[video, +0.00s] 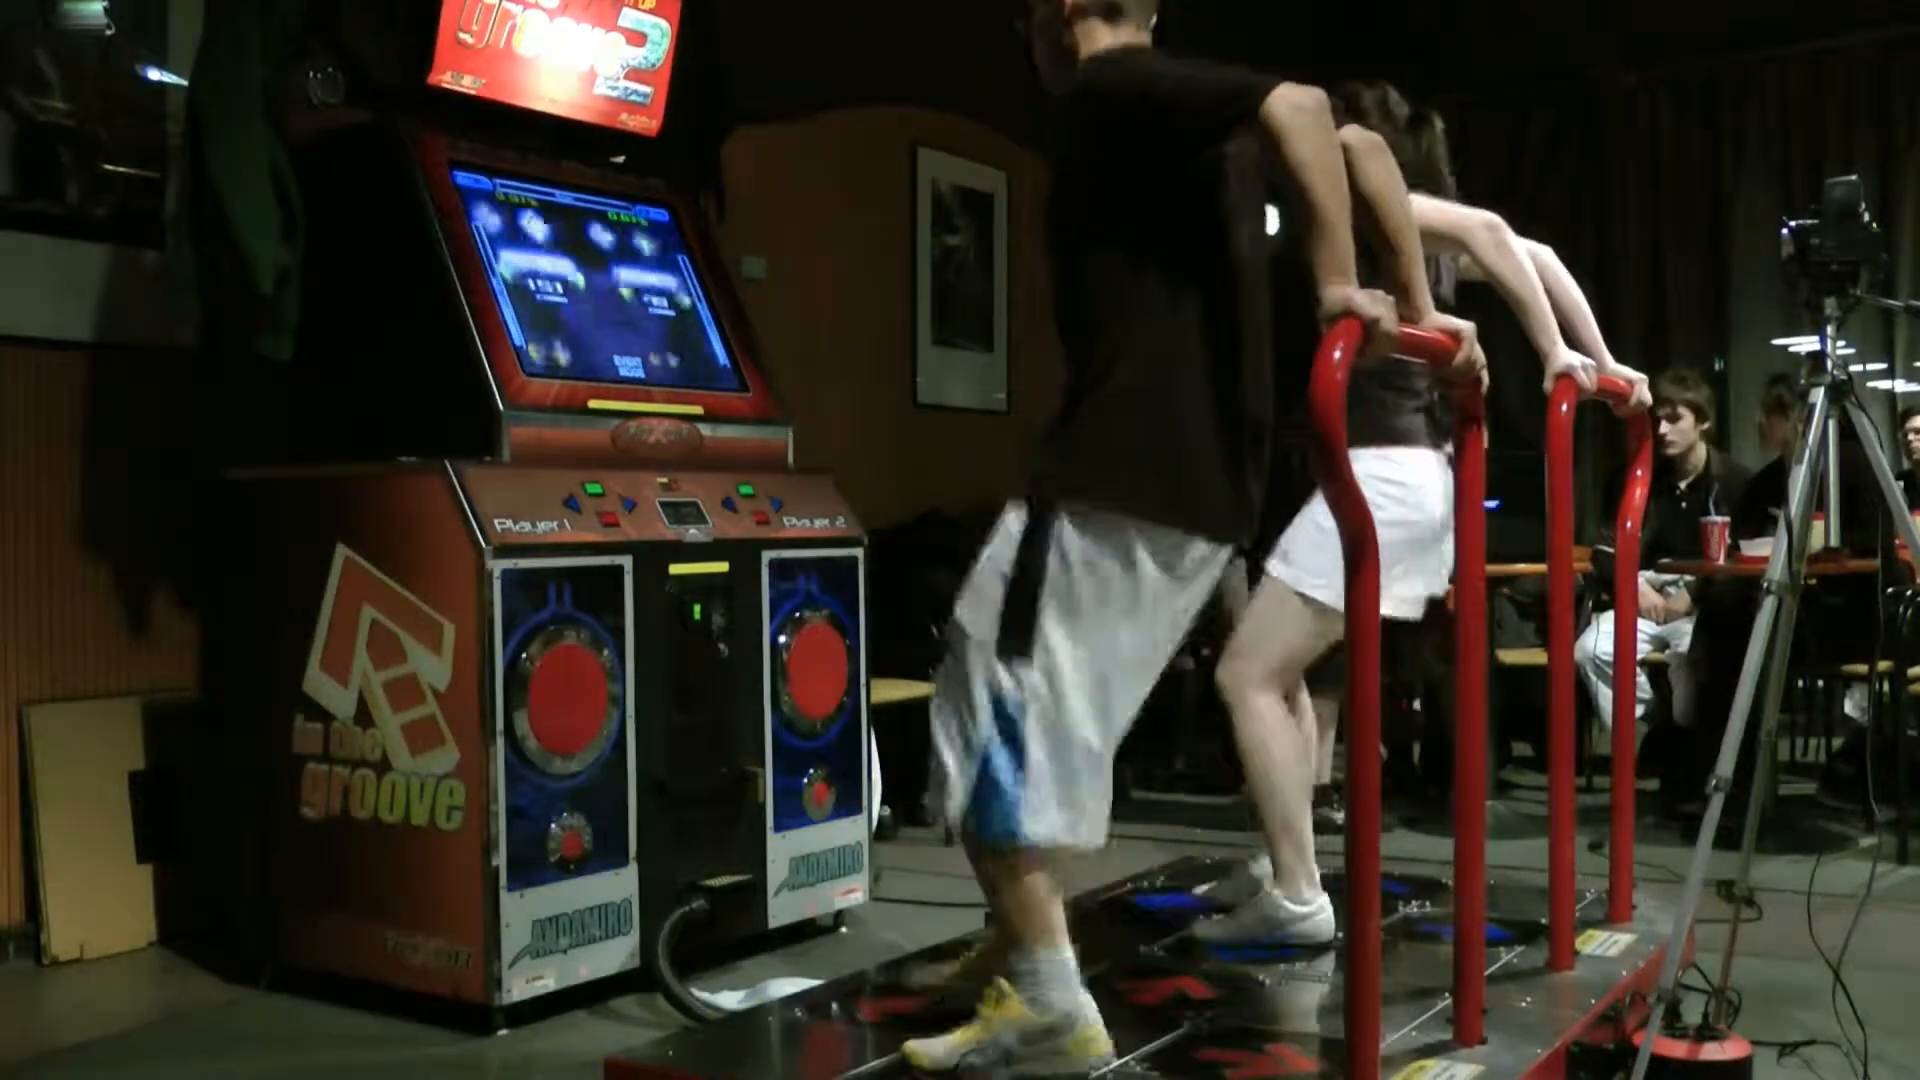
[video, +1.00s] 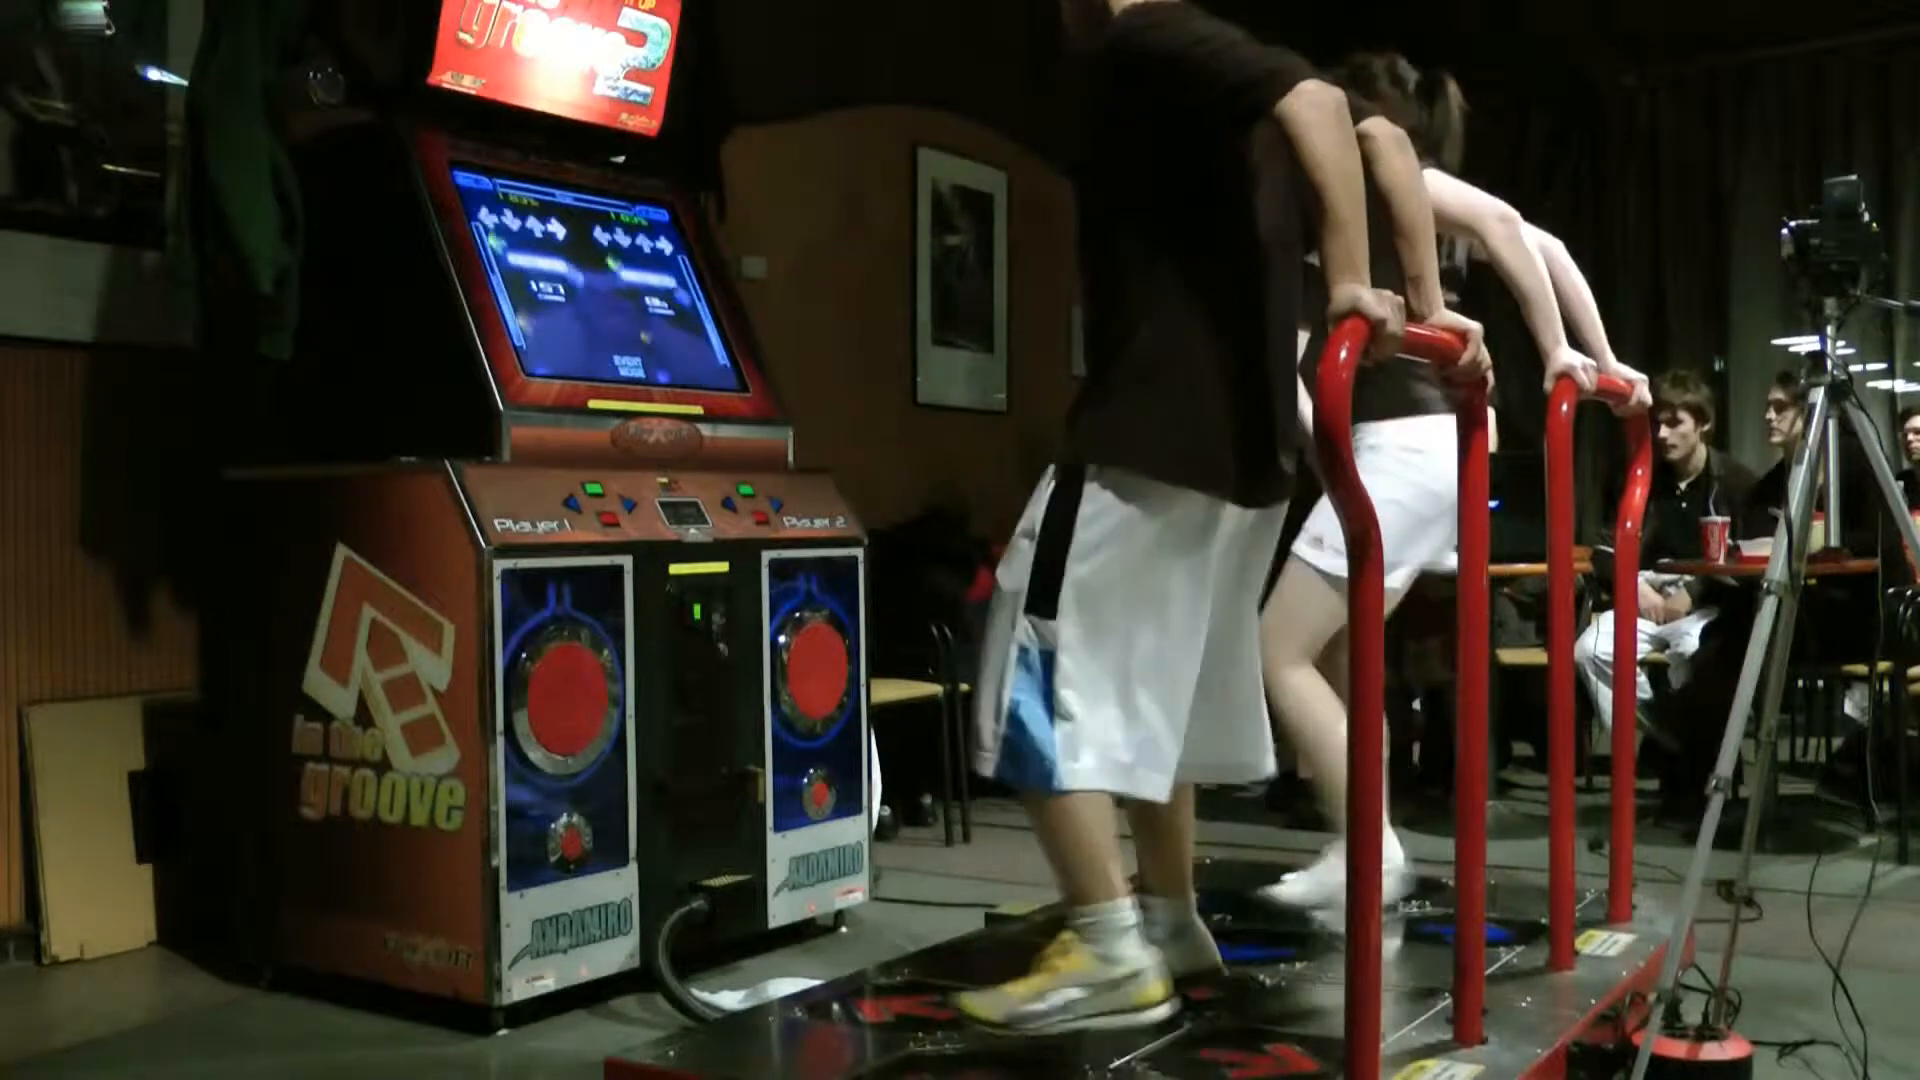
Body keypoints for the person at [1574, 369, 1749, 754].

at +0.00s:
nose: (1663, 429)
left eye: (1674, 419)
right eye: (1657, 420)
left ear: (1702, 423)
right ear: (1650, 424)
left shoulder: (1734, 481)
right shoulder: (1640, 476)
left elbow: (1746, 563)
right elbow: (1606, 549)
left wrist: (1691, 598)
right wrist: (1636, 588)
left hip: (1701, 605)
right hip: (1645, 601)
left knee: (1686, 655)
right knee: (1594, 650)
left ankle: (1689, 745)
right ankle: (1655, 734)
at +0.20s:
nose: (1663, 430)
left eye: (1674, 420)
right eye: (1658, 421)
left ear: (1702, 423)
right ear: (1651, 425)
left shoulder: (1735, 482)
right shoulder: (1645, 477)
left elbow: (1747, 565)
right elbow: (1609, 550)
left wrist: (1692, 601)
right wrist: (1635, 589)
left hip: (1705, 608)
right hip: (1650, 604)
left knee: (1690, 652)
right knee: (1593, 648)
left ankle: (1690, 744)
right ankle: (1650, 737)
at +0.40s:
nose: (1662, 431)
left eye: (1674, 421)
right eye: (1657, 421)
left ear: (1702, 424)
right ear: (1650, 425)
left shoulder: (1734, 481)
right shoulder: (1642, 476)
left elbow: (1747, 565)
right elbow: (1607, 549)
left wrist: (1692, 599)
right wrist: (1635, 586)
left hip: (1706, 606)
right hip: (1648, 602)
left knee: (1689, 652)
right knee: (1593, 648)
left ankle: (1689, 742)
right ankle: (1651, 734)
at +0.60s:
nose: (1662, 433)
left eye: (1673, 422)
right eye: (1657, 423)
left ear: (1702, 424)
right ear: (1650, 426)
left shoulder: (1737, 482)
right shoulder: (1644, 478)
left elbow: (1748, 561)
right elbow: (1606, 547)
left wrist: (1692, 594)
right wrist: (1634, 588)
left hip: (1706, 602)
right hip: (1646, 598)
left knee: (1689, 651)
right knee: (1594, 649)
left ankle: (1692, 754)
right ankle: (1645, 750)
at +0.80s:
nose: (1662, 433)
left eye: (1674, 423)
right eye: (1657, 423)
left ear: (1702, 424)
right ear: (1649, 426)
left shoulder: (1736, 481)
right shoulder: (1644, 479)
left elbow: (1749, 560)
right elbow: (1605, 549)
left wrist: (1692, 594)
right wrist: (1633, 588)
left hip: (1708, 600)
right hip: (1647, 597)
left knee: (1693, 650)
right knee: (1593, 650)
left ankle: (1695, 754)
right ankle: (1647, 752)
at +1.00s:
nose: (1663, 434)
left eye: (1674, 423)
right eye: (1658, 424)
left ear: (1703, 425)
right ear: (1650, 427)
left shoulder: (1736, 481)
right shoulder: (1644, 478)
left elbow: (1748, 560)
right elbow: (1606, 547)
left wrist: (1693, 594)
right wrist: (1635, 587)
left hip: (1707, 601)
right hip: (1646, 598)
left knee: (1690, 649)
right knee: (1594, 650)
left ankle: (1693, 750)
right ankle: (1646, 747)